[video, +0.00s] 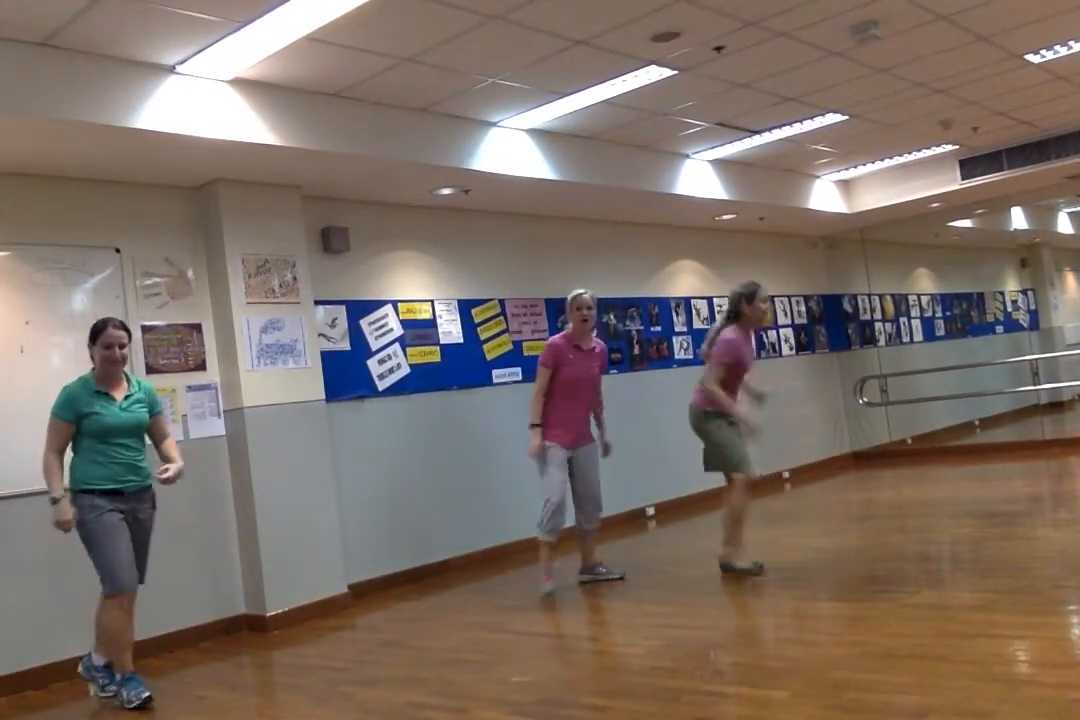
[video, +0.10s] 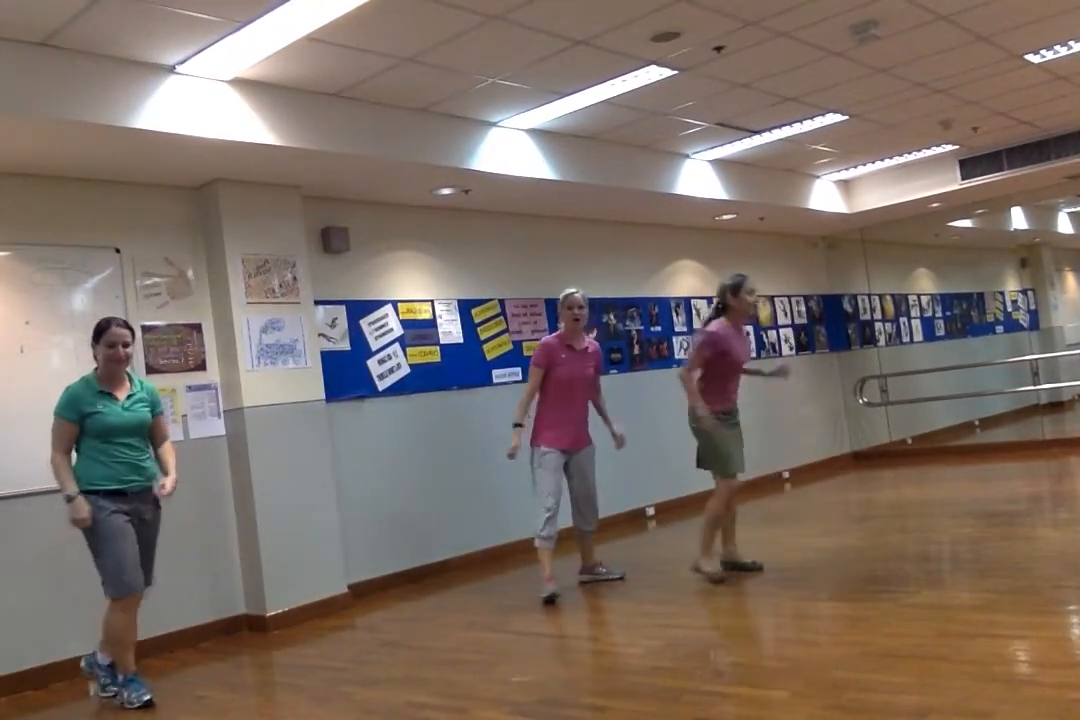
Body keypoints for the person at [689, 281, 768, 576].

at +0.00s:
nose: (768, 308)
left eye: (767, 302)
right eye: (763, 302)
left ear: (749, 307)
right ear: (745, 306)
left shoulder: (745, 336)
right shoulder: (729, 339)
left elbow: (734, 371)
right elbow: (710, 384)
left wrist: (754, 391)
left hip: (724, 410)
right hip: (708, 411)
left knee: (739, 480)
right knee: (741, 476)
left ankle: (733, 554)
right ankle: (729, 555)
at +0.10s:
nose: (755, 299)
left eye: (754, 294)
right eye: (749, 294)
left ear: (739, 301)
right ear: (731, 299)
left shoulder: (740, 331)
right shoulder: (714, 332)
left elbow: (734, 367)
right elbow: (688, 373)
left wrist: (767, 373)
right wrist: (701, 411)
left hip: (729, 414)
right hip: (709, 415)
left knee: (729, 485)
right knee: (728, 483)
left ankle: (729, 554)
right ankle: (704, 558)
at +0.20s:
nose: (742, 300)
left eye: (743, 295)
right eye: (735, 295)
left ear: (741, 300)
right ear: (718, 300)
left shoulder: (737, 333)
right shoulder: (700, 334)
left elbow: (735, 375)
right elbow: (673, 367)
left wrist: (774, 373)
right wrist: (681, 405)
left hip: (728, 420)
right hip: (702, 422)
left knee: (729, 493)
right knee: (710, 495)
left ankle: (730, 555)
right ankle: (697, 564)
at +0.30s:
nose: (733, 297)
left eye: (736, 292)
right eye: (726, 291)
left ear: (738, 299)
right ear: (711, 296)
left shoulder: (735, 333)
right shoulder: (693, 333)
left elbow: (732, 375)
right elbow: (676, 369)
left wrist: (770, 400)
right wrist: (680, 400)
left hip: (726, 422)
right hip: (698, 423)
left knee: (742, 489)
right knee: (704, 495)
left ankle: (730, 549)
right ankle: (697, 564)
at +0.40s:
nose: (730, 295)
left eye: (735, 290)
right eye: (724, 289)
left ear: (738, 298)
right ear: (710, 296)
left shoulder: (736, 334)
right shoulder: (694, 331)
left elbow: (730, 379)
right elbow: (679, 372)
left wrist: (748, 417)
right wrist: (694, 384)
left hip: (729, 420)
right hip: (697, 423)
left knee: (752, 484)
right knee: (699, 495)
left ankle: (735, 550)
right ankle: (696, 564)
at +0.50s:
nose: (731, 291)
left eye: (736, 287)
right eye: (725, 285)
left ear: (739, 294)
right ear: (712, 292)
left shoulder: (738, 329)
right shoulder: (699, 326)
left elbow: (733, 369)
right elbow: (689, 368)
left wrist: (737, 400)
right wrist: (712, 362)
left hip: (733, 416)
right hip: (701, 418)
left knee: (752, 481)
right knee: (701, 494)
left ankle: (742, 561)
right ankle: (703, 561)